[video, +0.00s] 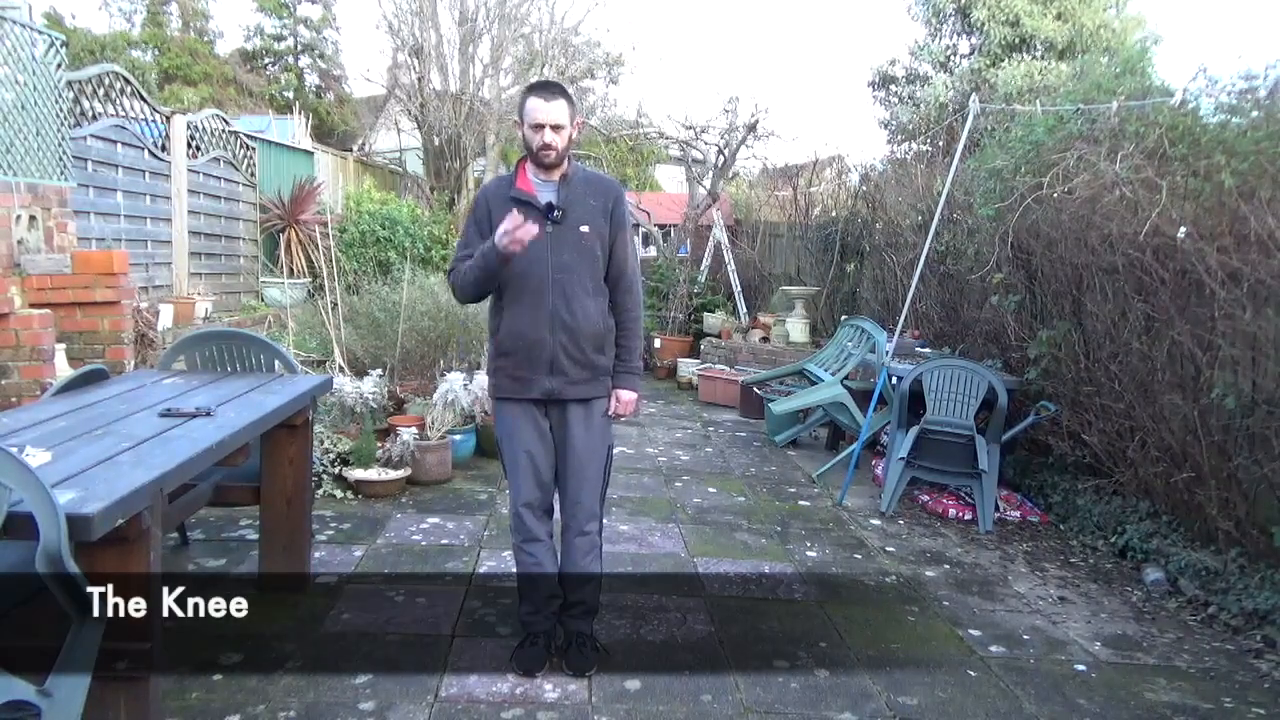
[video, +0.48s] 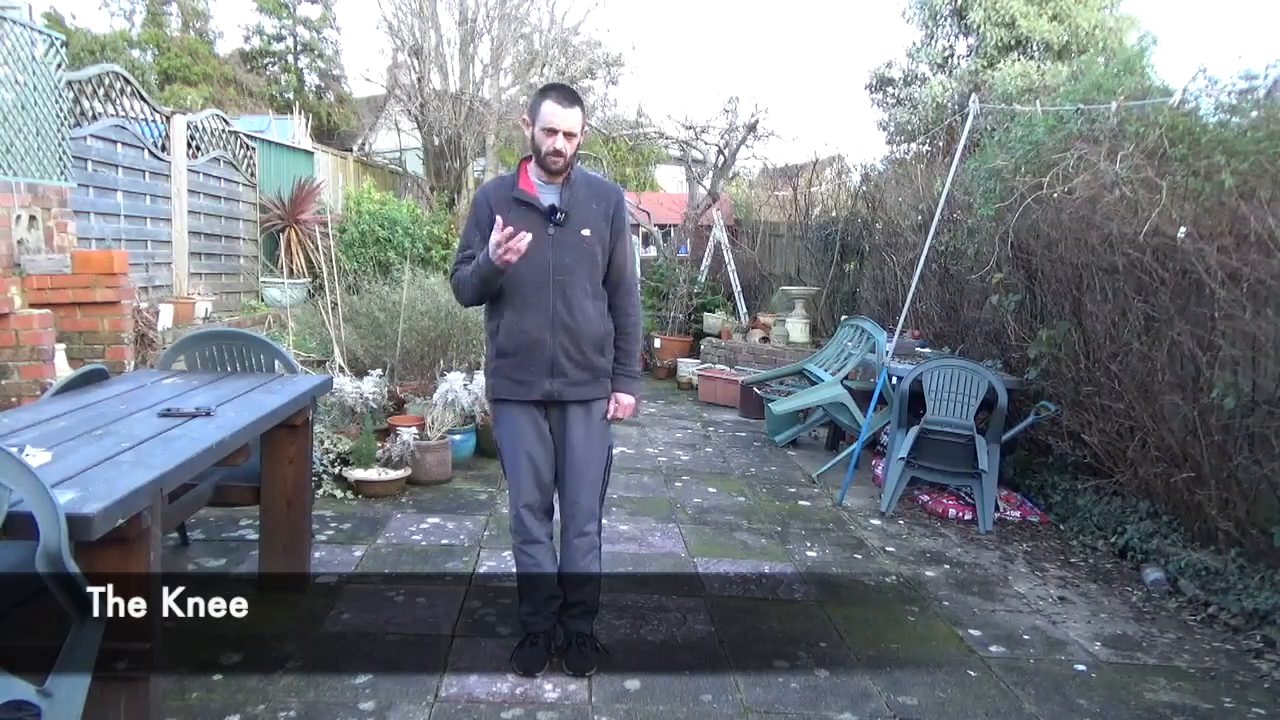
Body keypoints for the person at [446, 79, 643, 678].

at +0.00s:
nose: (547, 138)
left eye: (557, 127)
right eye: (537, 127)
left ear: (574, 129)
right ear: (522, 129)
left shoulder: (605, 194)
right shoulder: (493, 196)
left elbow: (627, 290)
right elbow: (464, 286)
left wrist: (628, 374)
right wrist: (500, 248)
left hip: (589, 376)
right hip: (516, 377)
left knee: (584, 509)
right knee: (529, 506)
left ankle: (579, 631)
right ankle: (535, 632)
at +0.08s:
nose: (551, 138)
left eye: (560, 128)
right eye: (540, 128)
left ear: (575, 130)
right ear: (523, 128)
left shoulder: (606, 195)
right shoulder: (494, 194)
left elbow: (625, 291)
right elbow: (466, 288)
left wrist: (627, 374)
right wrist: (500, 230)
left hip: (590, 376)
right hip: (516, 376)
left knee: (583, 509)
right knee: (529, 506)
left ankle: (580, 631)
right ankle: (536, 631)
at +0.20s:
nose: (556, 139)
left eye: (565, 130)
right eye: (546, 128)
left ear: (578, 132)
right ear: (526, 127)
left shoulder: (606, 194)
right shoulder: (493, 194)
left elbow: (625, 291)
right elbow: (468, 287)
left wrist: (628, 375)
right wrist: (500, 226)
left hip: (590, 376)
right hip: (517, 376)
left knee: (583, 509)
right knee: (529, 506)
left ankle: (580, 630)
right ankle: (536, 631)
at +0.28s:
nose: (557, 141)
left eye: (567, 132)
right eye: (548, 130)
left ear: (580, 134)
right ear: (528, 128)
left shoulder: (606, 195)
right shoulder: (494, 194)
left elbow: (625, 292)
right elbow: (466, 288)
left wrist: (627, 376)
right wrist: (497, 237)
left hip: (589, 376)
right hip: (516, 376)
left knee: (583, 509)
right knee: (529, 506)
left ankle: (579, 632)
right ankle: (535, 632)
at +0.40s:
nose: (560, 144)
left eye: (570, 134)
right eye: (550, 132)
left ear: (583, 136)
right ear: (529, 128)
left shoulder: (606, 197)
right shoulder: (493, 196)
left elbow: (625, 292)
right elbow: (464, 289)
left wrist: (627, 377)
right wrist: (495, 257)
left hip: (589, 377)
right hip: (516, 378)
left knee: (584, 510)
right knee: (528, 507)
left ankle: (580, 632)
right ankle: (535, 632)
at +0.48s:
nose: (560, 144)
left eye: (570, 135)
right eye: (550, 132)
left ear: (583, 136)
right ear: (529, 129)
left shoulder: (607, 198)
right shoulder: (493, 197)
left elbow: (625, 293)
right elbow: (465, 290)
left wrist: (627, 377)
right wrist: (495, 263)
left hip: (589, 378)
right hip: (516, 378)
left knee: (583, 511)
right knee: (529, 508)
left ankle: (579, 632)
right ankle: (535, 633)